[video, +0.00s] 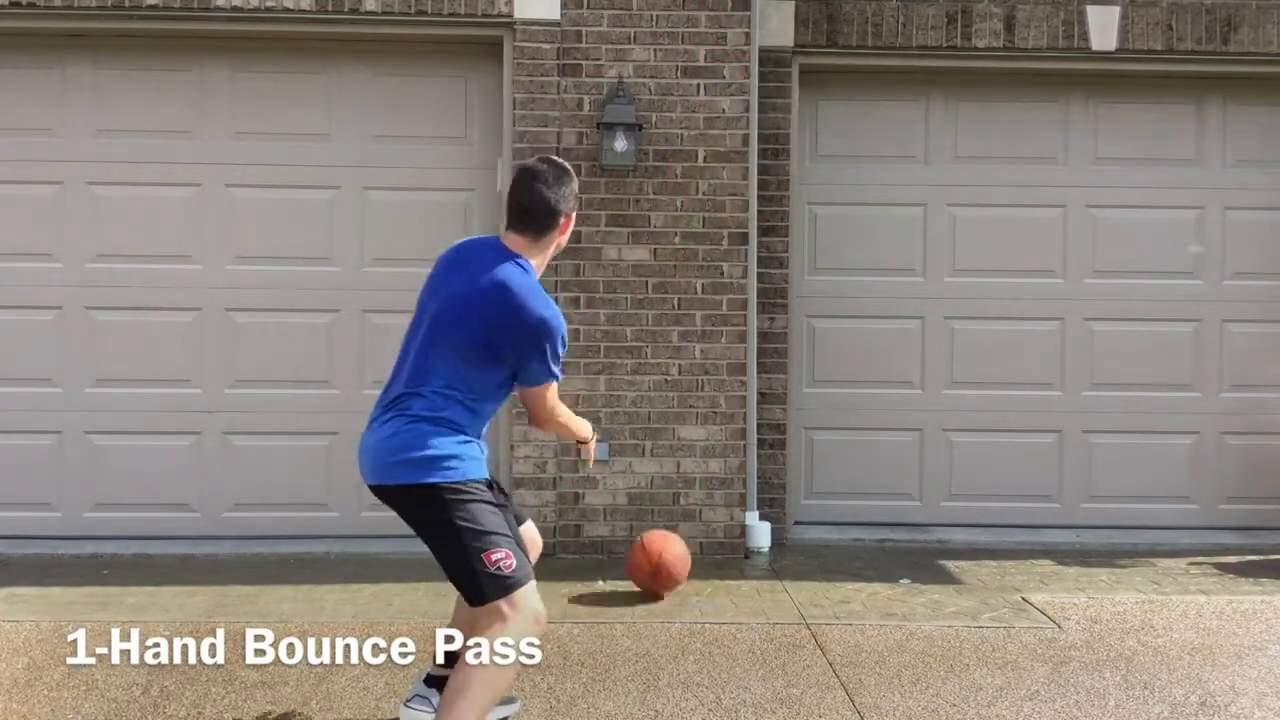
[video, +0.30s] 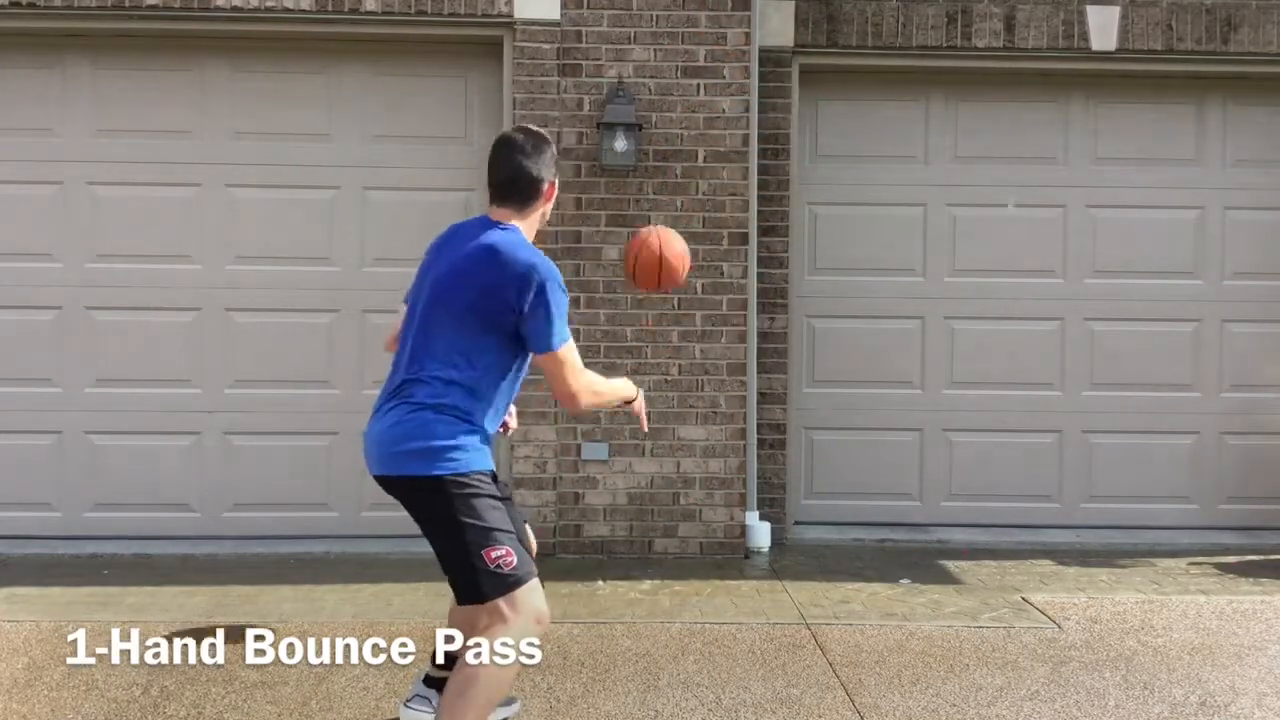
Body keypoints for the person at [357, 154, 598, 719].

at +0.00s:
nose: (572, 224)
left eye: (569, 214)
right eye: (573, 216)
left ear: (508, 210)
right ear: (565, 227)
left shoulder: (460, 256)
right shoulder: (535, 313)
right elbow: (543, 412)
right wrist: (583, 430)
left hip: (389, 444)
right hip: (433, 456)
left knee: (525, 541)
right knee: (519, 620)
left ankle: (442, 683)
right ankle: (455, 708)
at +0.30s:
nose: (557, 192)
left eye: (554, 183)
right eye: (556, 184)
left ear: (489, 185)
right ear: (549, 193)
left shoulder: (450, 243)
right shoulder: (532, 270)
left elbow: (400, 341)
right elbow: (574, 392)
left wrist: (485, 395)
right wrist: (629, 389)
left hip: (395, 441)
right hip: (442, 449)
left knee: (518, 544)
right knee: (521, 614)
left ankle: (438, 687)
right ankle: (458, 711)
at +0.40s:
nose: (554, 178)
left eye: (552, 169)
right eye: (555, 169)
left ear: (485, 169)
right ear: (547, 175)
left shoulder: (448, 231)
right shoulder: (533, 252)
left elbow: (406, 330)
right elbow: (611, 346)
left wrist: (494, 384)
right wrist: (649, 295)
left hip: (400, 434)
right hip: (446, 442)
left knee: (483, 576)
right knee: (528, 612)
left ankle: (441, 688)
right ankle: (461, 712)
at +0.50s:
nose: (551, 163)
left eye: (546, 154)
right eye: (551, 154)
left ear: (484, 159)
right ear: (543, 162)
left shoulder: (457, 221)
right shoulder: (526, 232)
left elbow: (439, 334)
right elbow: (635, 284)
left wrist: (499, 384)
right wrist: (652, 208)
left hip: (413, 427)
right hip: (449, 435)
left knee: (488, 581)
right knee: (525, 610)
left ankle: (440, 688)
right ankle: (460, 711)